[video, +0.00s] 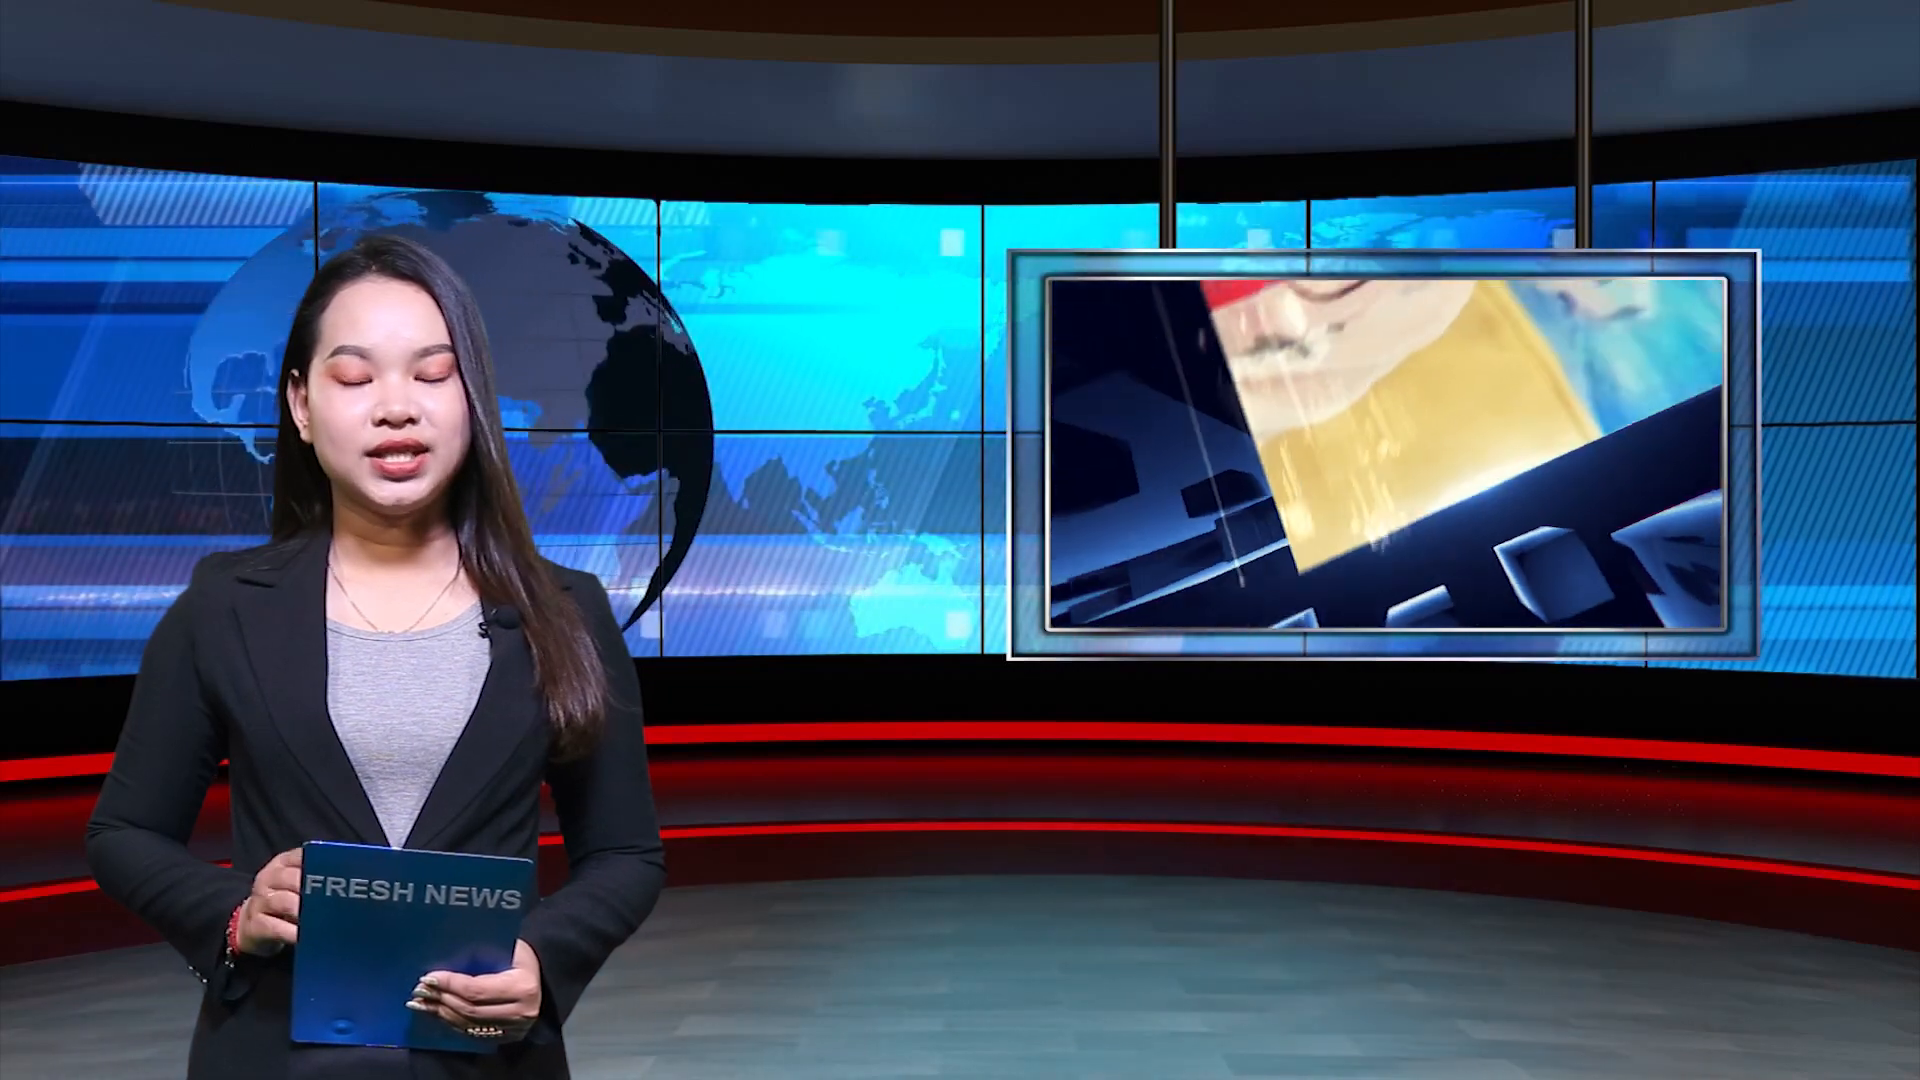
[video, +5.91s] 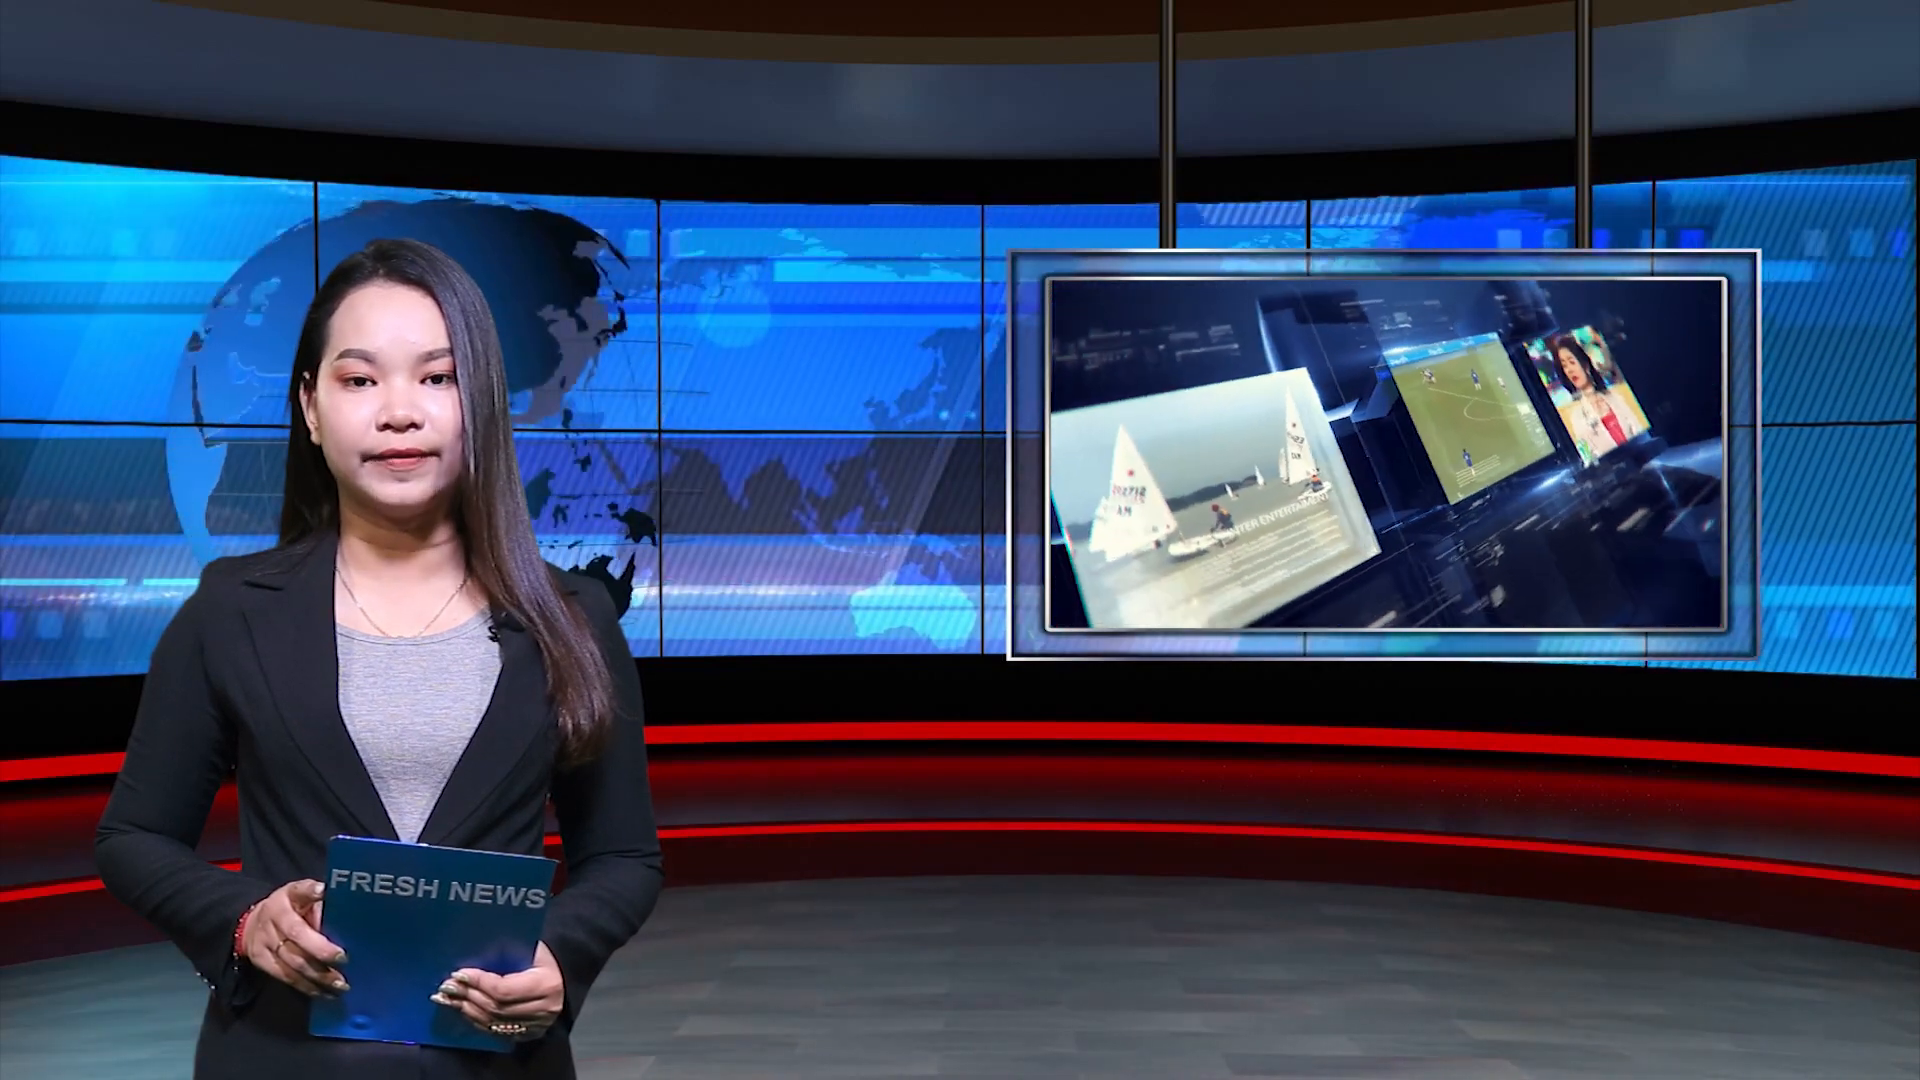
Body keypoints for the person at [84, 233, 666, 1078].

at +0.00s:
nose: (396, 407)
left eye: (430, 371)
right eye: (354, 375)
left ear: (472, 398)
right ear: (301, 406)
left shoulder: (563, 612)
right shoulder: (224, 609)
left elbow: (625, 856)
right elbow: (124, 833)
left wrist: (540, 962)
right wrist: (232, 907)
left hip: (490, 1048)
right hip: (274, 1052)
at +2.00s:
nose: (394, 406)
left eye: (429, 370)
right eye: (352, 373)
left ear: (471, 398)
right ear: (302, 406)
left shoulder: (561, 615)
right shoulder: (227, 610)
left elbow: (619, 855)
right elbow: (129, 836)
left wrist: (545, 961)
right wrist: (230, 918)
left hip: (491, 1052)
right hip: (276, 1054)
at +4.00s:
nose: (402, 416)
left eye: (436, 379)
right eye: (359, 380)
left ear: (475, 404)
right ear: (307, 409)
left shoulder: (562, 616)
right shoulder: (230, 613)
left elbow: (620, 857)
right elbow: (131, 839)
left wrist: (549, 960)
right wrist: (235, 915)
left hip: (493, 1051)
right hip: (280, 1054)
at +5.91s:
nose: (399, 412)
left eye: (434, 376)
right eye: (359, 378)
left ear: (479, 403)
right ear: (311, 411)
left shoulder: (567, 619)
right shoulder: (235, 612)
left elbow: (622, 856)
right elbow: (133, 838)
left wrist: (556, 958)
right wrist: (241, 916)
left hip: (498, 1053)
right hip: (284, 1053)